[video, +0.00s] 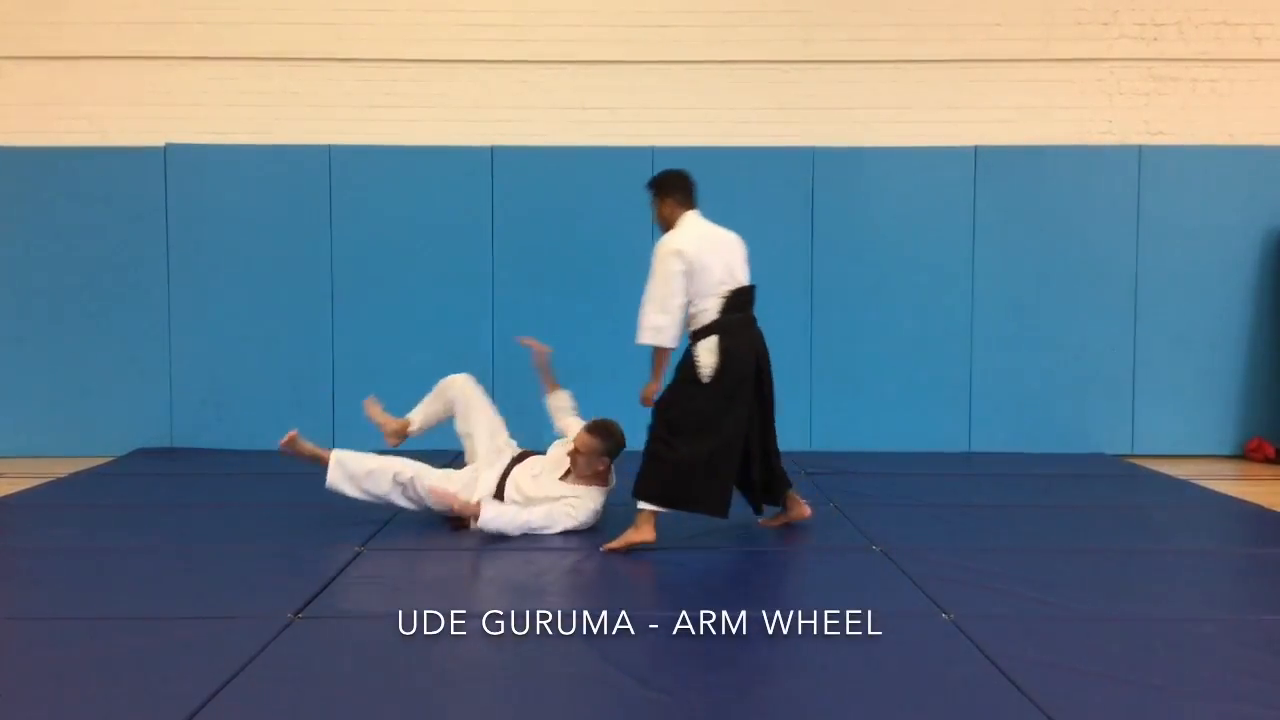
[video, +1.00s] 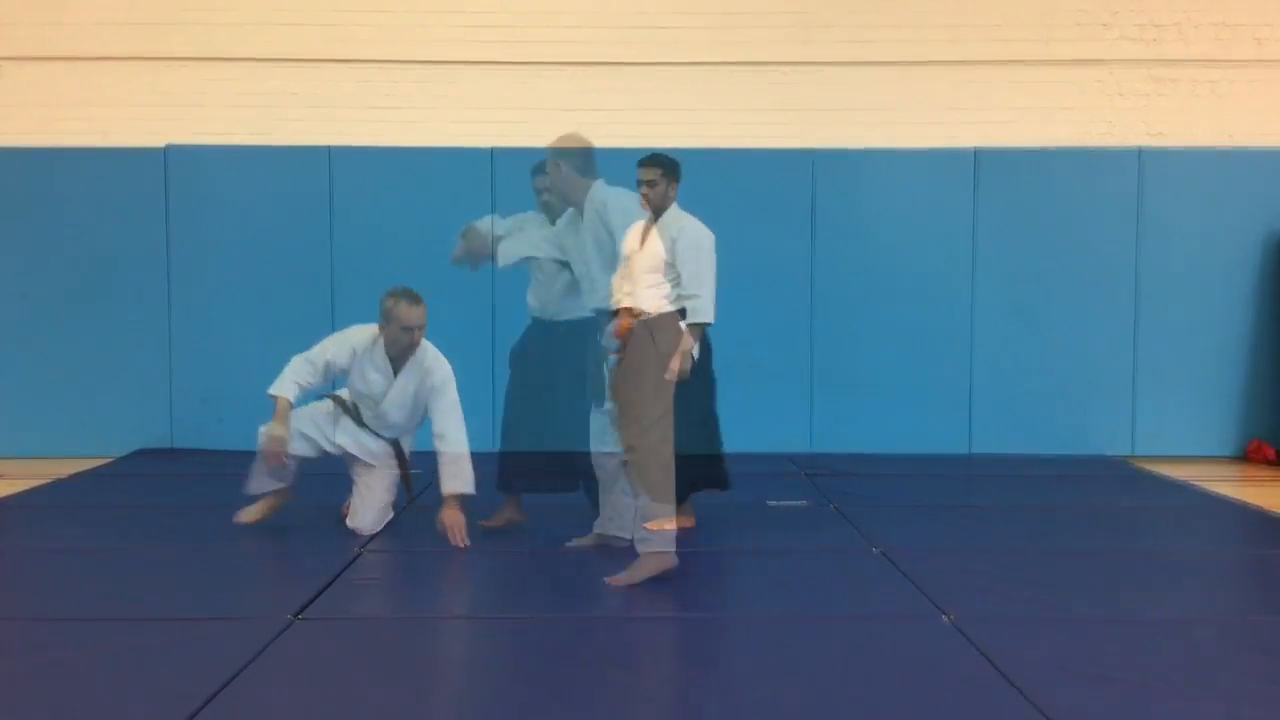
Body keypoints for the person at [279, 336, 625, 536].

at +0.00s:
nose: (571, 453)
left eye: (579, 453)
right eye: (574, 445)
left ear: (600, 464)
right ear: (580, 441)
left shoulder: (584, 509)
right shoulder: (584, 448)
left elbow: (528, 519)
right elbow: (564, 412)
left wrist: (476, 511)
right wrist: (545, 369)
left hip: (478, 494)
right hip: (502, 455)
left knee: (404, 477)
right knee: (461, 384)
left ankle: (318, 455)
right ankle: (402, 428)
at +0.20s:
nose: (540, 435)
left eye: (549, 433)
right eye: (541, 427)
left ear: (572, 439)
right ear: (545, 419)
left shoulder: (574, 483)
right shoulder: (541, 421)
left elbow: (530, 523)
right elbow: (491, 411)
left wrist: (476, 529)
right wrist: (437, 395)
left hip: (473, 498)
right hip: (473, 458)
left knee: (395, 482)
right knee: (395, 430)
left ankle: (311, 487)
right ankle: (359, 472)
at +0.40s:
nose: (482, 403)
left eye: (490, 398)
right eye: (481, 394)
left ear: (514, 396)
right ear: (478, 387)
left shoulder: (532, 439)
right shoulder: (472, 398)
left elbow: (526, 506)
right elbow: (420, 411)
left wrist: (488, 531)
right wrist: (360, 430)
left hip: (468, 497)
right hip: (454, 456)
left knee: (402, 497)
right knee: (385, 433)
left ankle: (375, 506)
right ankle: (373, 486)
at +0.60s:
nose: (432, 396)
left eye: (440, 388)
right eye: (425, 388)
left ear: (456, 380)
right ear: (418, 379)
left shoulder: (479, 419)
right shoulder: (411, 391)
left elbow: (506, 479)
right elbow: (361, 414)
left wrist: (490, 530)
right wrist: (324, 454)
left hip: (464, 493)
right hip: (430, 464)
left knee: (390, 514)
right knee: (368, 444)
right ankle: (394, 502)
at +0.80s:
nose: (417, 381)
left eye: (424, 372)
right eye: (408, 374)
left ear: (432, 365)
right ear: (391, 367)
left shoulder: (449, 400)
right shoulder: (377, 372)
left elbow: (477, 460)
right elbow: (322, 398)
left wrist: (487, 527)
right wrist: (304, 448)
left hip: (418, 467)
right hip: (382, 438)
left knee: (370, 521)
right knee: (317, 459)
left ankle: (408, 497)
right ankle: (370, 489)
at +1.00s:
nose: (416, 338)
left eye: (421, 329)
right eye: (407, 330)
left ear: (426, 326)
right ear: (384, 327)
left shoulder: (435, 369)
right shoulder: (358, 342)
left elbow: (450, 433)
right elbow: (303, 368)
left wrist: (452, 502)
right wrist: (280, 423)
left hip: (385, 448)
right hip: (342, 418)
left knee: (365, 525)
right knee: (275, 434)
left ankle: (355, 504)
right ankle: (278, 494)